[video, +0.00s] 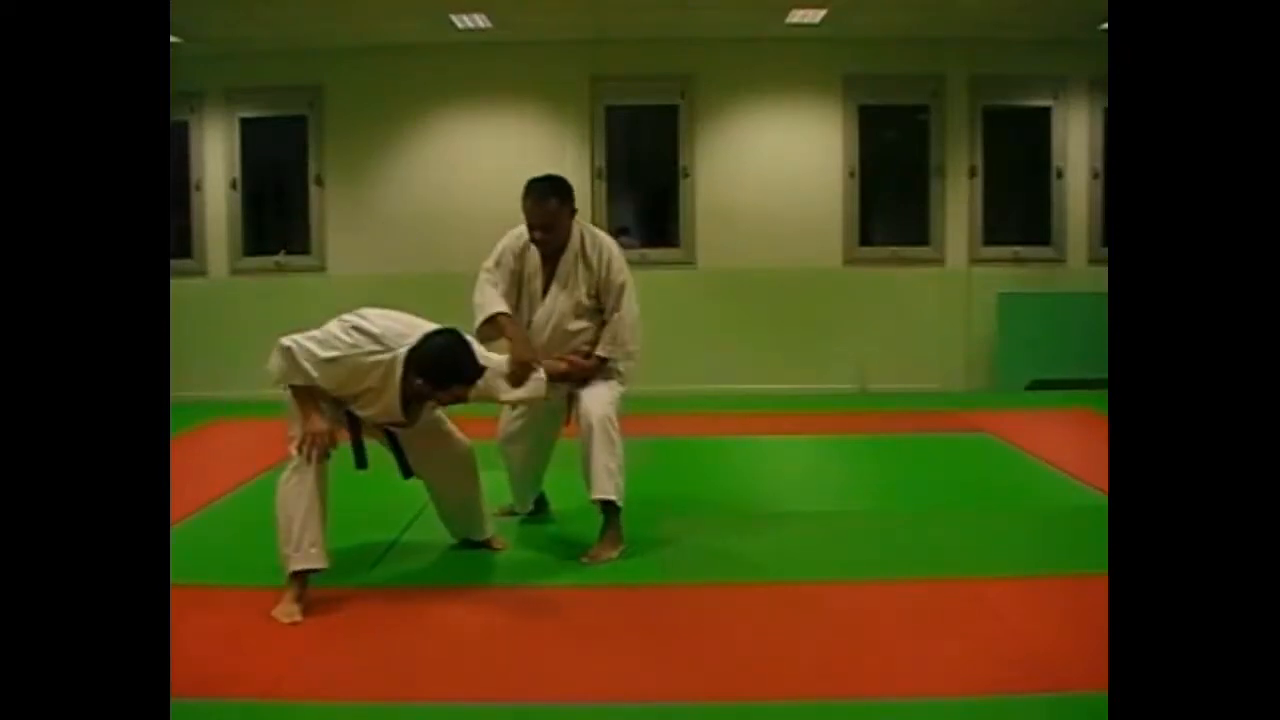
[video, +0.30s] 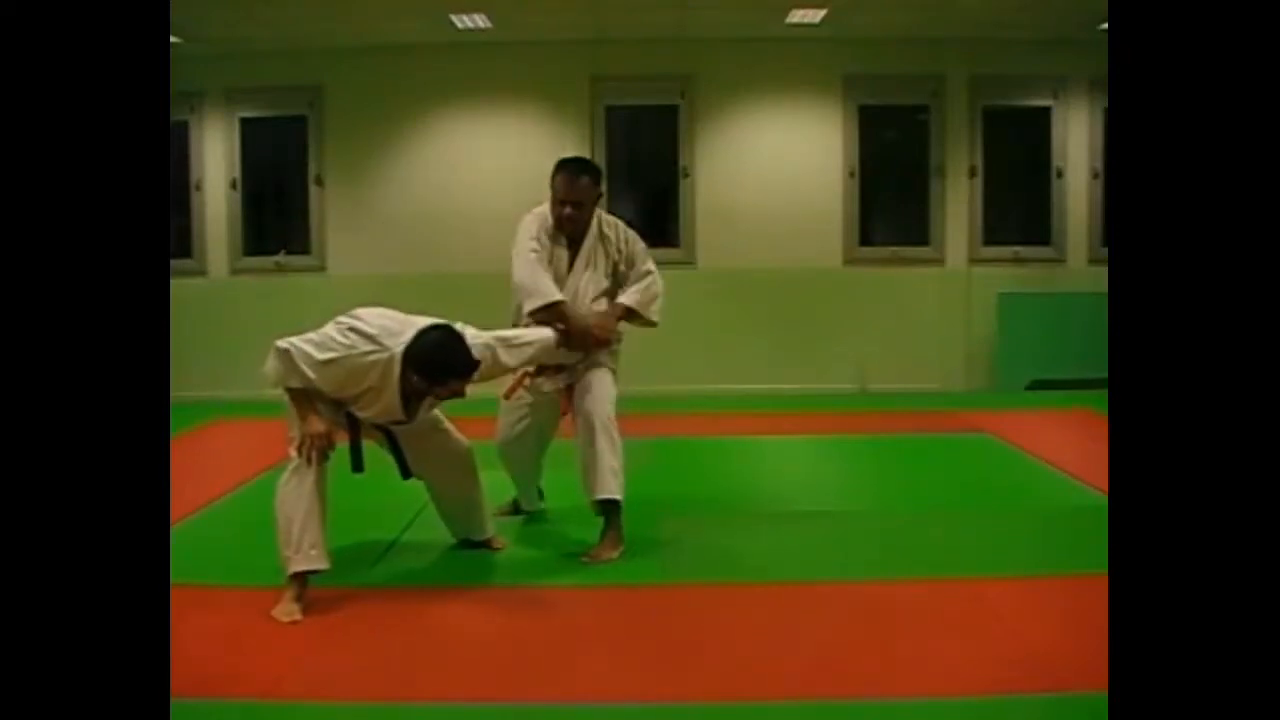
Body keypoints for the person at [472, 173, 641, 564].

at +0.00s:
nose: (537, 237)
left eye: (546, 228)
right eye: (531, 228)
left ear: (571, 215)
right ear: (524, 218)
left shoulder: (602, 251)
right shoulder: (515, 246)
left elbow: (623, 318)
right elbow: (487, 290)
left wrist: (593, 364)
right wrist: (517, 338)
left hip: (592, 365)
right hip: (535, 366)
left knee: (598, 413)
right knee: (513, 434)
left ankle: (611, 525)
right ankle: (530, 502)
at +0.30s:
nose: (567, 213)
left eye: (578, 205)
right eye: (560, 203)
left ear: (596, 201)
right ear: (550, 196)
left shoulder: (615, 233)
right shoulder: (536, 224)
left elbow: (650, 282)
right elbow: (528, 277)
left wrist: (609, 316)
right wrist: (572, 323)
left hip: (592, 357)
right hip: (539, 357)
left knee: (598, 418)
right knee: (511, 437)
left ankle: (611, 526)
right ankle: (529, 500)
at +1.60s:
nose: (580, 237)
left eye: (579, 229)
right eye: (577, 230)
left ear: (591, 220)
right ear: (612, 212)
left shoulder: (603, 247)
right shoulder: (647, 232)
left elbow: (598, 321)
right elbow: (648, 313)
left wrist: (593, 368)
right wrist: (618, 366)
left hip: (678, 334)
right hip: (721, 324)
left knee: (616, 424)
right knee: (698, 413)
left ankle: (628, 533)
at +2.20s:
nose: (551, 271)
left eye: (549, 265)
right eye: (548, 267)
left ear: (553, 250)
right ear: (574, 238)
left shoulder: (567, 259)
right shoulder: (624, 249)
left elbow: (561, 328)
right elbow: (673, 288)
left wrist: (542, 382)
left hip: (632, 335)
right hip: (675, 331)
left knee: (564, 411)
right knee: (649, 413)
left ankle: (559, 511)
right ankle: (674, 484)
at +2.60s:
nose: (526, 297)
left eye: (524, 290)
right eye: (523, 293)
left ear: (530, 276)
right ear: (549, 262)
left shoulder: (548, 278)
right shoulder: (585, 272)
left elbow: (556, 330)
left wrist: (533, 384)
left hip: (624, 340)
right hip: (666, 336)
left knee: (553, 415)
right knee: (639, 414)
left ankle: (559, 512)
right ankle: (675, 484)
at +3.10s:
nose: (526, 287)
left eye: (524, 280)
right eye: (522, 283)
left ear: (530, 268)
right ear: (553, 255)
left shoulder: (545, 273)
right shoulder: (587, 267)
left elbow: (548, 328)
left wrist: (528, 385)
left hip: (617, 338)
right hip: (660, 332)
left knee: (548, 415)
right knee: (639, 415)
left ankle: (558, 513)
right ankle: (675, 484)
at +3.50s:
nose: (535, 256)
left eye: (532, 249)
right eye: (532, 252)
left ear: (537, 238)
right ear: (560, 224)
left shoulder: (552, 245)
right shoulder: (605, 241)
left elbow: (546, 307)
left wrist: (529, 364)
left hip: (612, 325)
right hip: (656, 318)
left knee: (555, 413)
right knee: (646, 411)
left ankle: (558, 512)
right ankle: (676, 483)